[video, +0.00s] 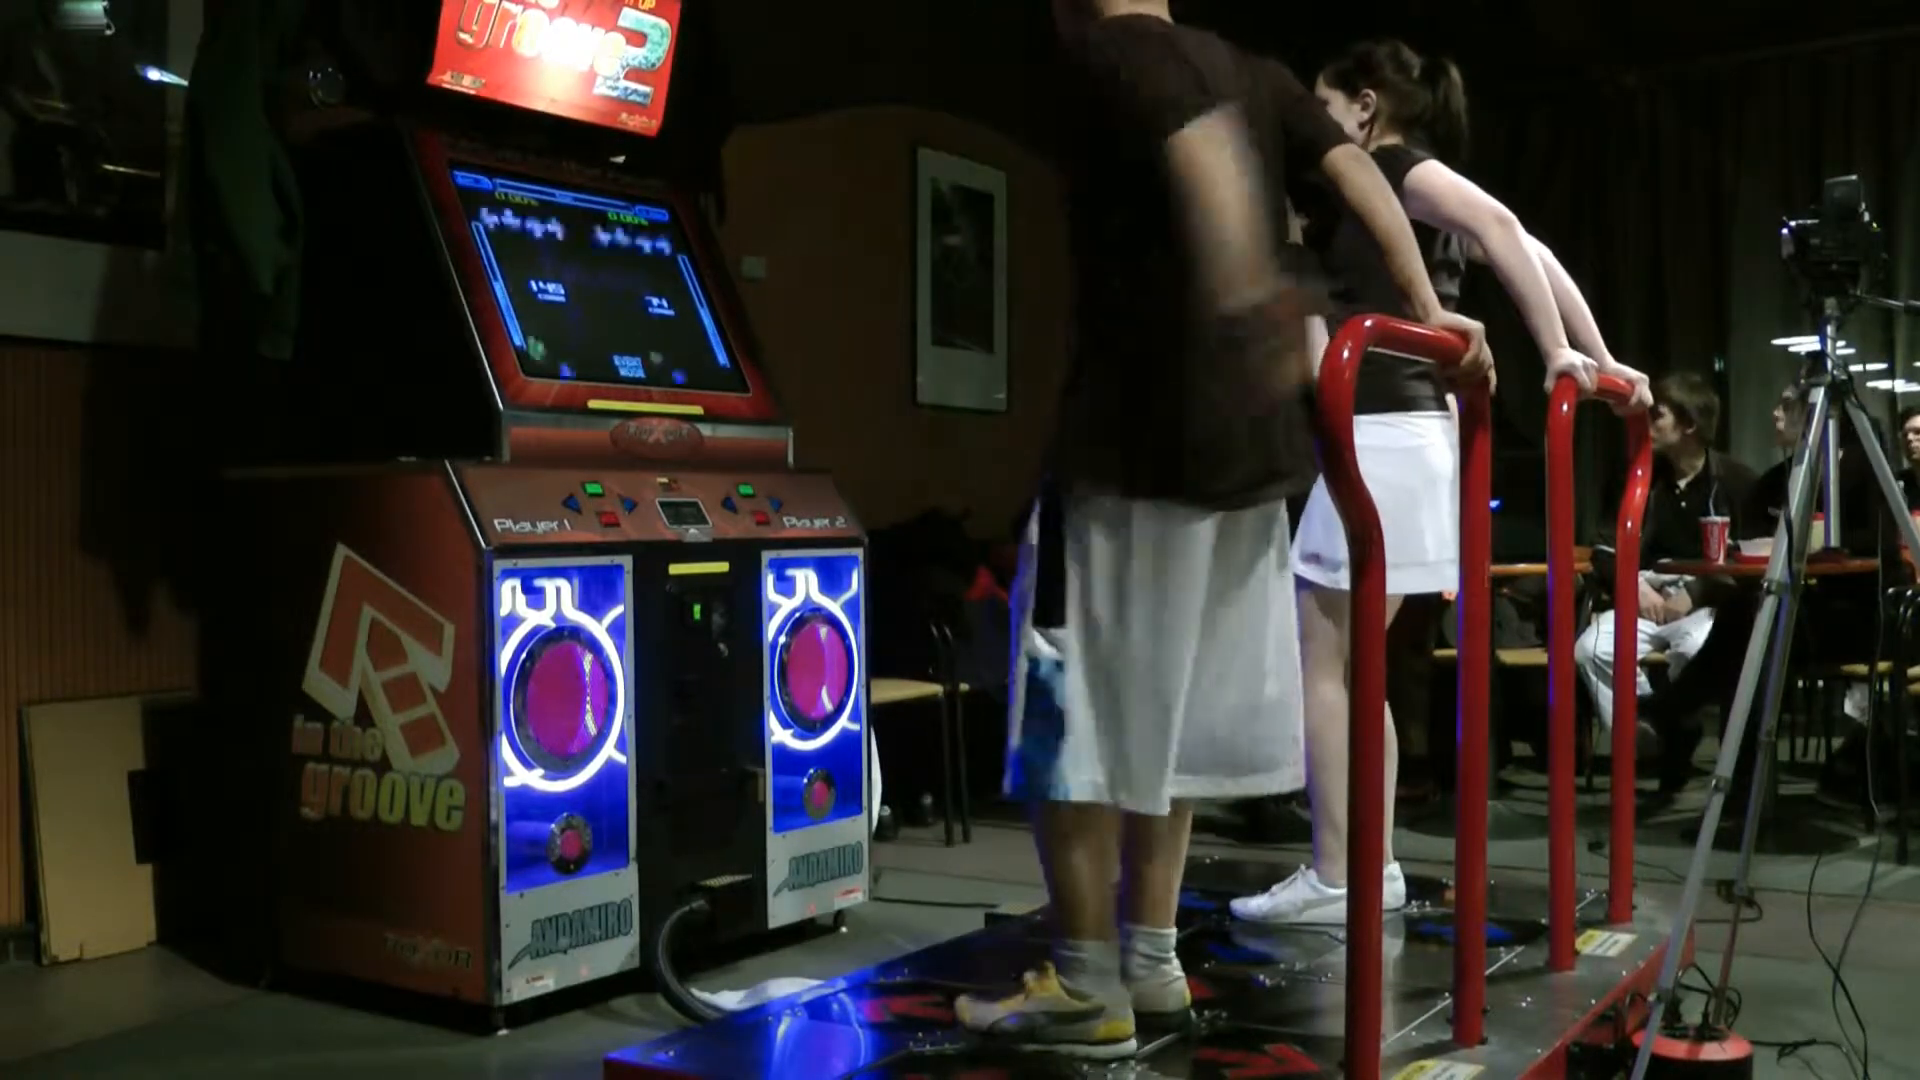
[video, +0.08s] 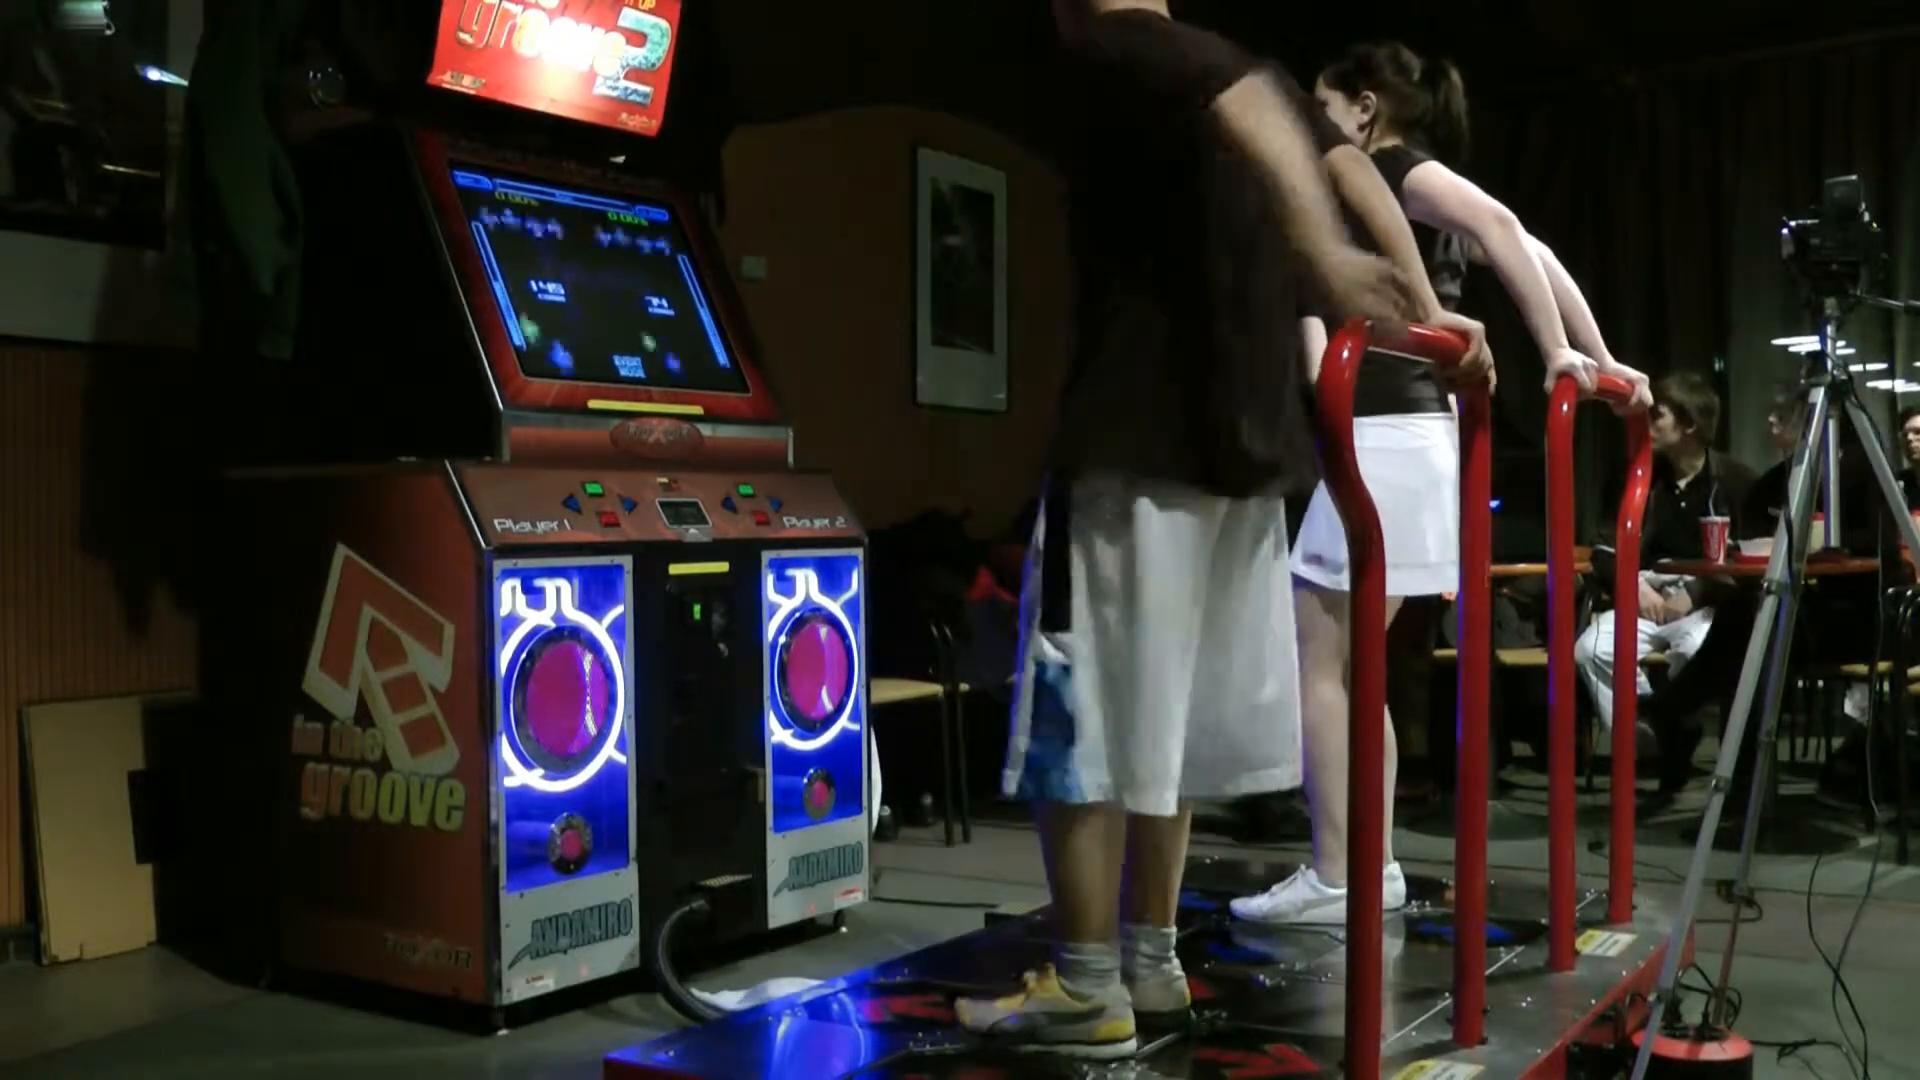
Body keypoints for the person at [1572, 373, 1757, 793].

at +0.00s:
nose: (1650, 425)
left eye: (1660, 417)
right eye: (1651, 417)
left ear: (1689, 425)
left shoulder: (1734, 480)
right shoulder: (1645, 474)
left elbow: (1745, 561)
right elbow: (1606, 548)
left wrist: (1692, 595)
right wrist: (1634, 588)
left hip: (1701, 600)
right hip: (1644, 595)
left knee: (1696, 652)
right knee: (1595, 649)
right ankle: (1646, 751)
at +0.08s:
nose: (1650, 425)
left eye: (1659, 417)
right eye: (1651, 416)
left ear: (1690, 425)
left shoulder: (1734, 480)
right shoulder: (1645, 474)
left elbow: (1746, 561)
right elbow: (1606, 547)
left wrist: (1693, 595)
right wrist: (1634, 588)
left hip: (1700, 602)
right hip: (1643, 598)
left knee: (1697, 652)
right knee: (1595, 648)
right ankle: (1645, 750)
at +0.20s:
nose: (1650, 425)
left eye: (1659, 418)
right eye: (1651, 417)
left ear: (1690, 425)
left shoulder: (1734, 479)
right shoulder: (1645, 474)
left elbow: (1747, 560)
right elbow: (1607, 546)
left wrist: (1692, 595)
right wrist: (1634, 587)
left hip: (1702, 603)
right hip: (1644, 598)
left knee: (1697, 652)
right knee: (1595, 648)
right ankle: (1646, 750)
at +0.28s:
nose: (1650, 425)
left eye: (1659, 417)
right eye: (1650, 417)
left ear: (1689, 425)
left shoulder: (1734, 480)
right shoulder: (1644, 474)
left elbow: (1747, 560)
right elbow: (1607, 546)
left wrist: (1692, 596)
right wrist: (1634, 587)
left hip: (1703, 603)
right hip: (1645, 599)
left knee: (1698, 652)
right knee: (1596, 648)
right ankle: (1646, 748)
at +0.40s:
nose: (1650, 426)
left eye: (1659, 418)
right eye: (1650, 417)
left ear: (1689, 425)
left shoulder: (1734, 480)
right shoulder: (1645, 474)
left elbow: (1745, 560)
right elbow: (1607, 546)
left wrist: (1692, 595)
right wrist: (1634, 587)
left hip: (1703, 602)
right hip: (1645, 598)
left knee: (1695, 654)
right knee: (1596, 648)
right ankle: (1643, 750)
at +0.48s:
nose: (1650, 427)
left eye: (1659, 419)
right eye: (1650, 418)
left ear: (1688, 426)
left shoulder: (1733, 480)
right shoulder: (1646, 475)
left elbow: (1744, 563)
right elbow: (1610, 547)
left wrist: (1692, 596)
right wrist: (1634, 588)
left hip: (1704, 603)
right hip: (1646, 600)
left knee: (1703, 652)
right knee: (1595, 648)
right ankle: (1638, 748)